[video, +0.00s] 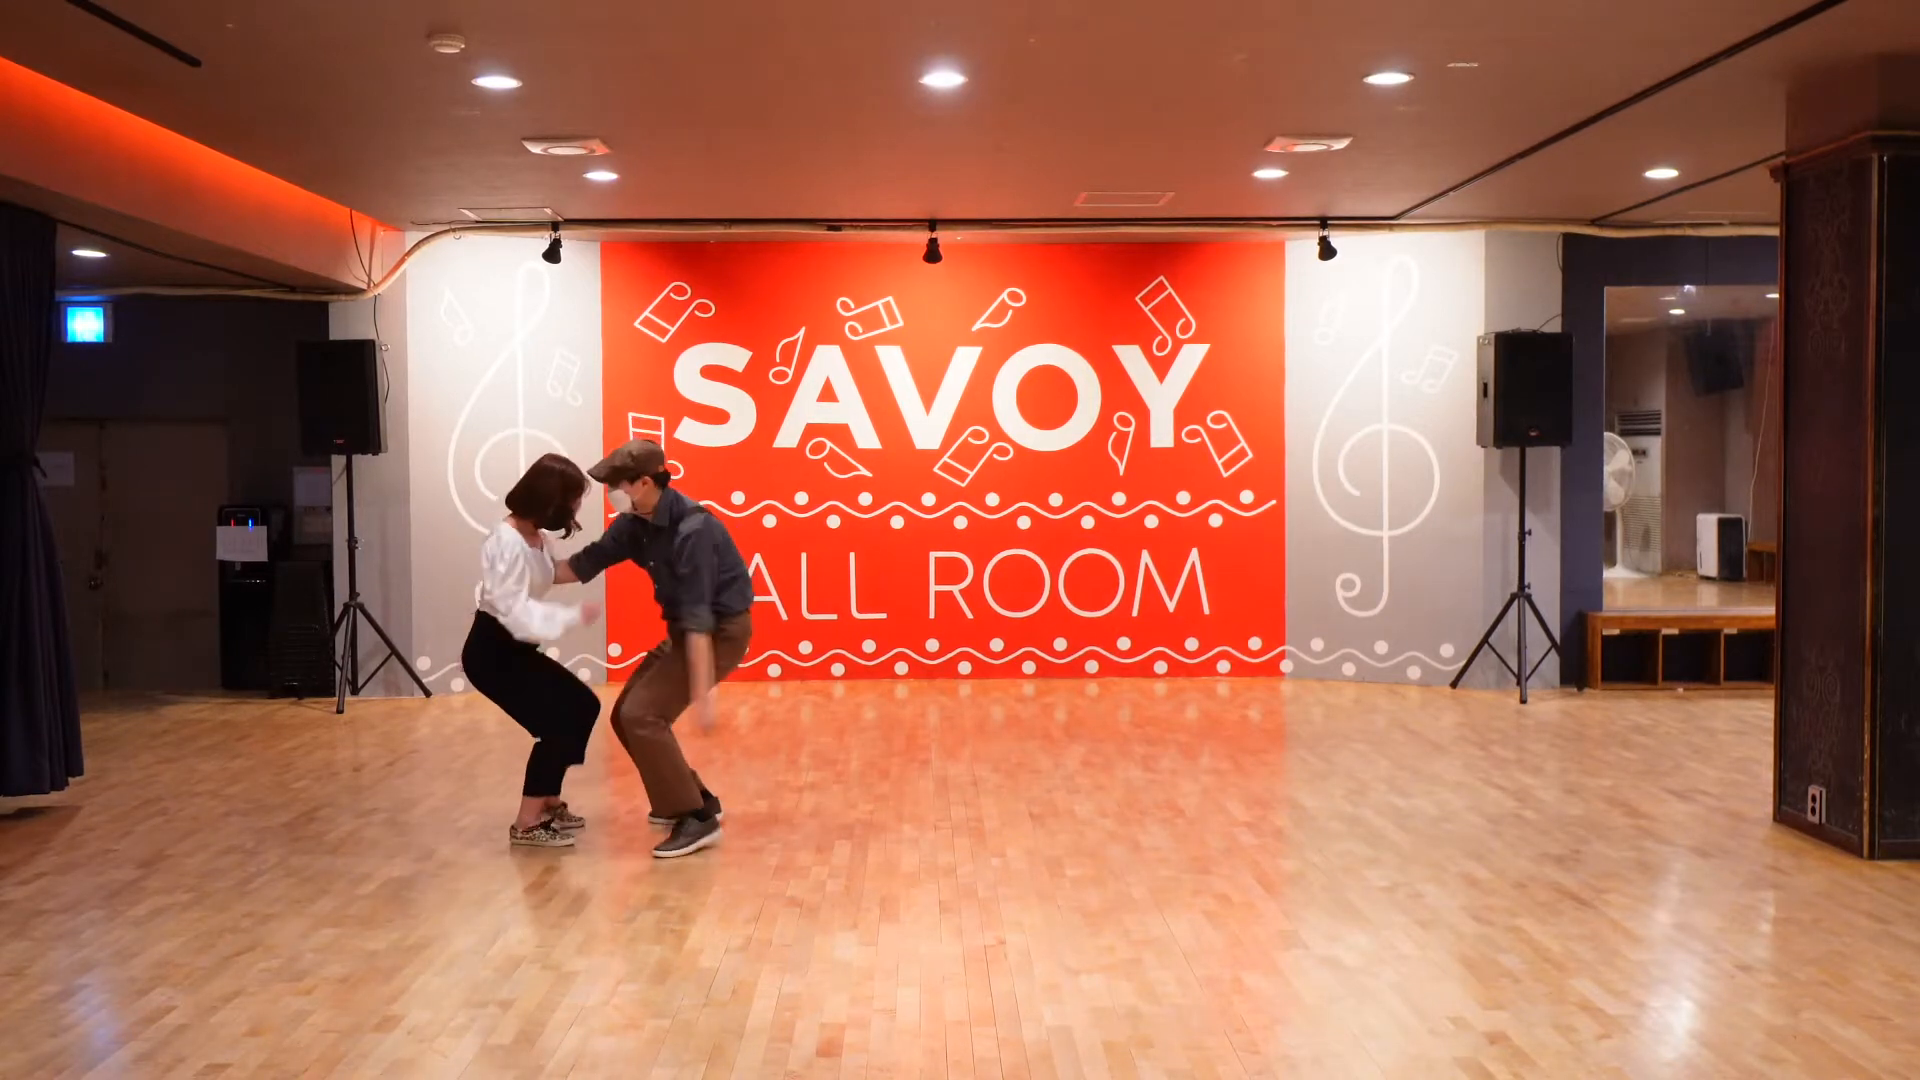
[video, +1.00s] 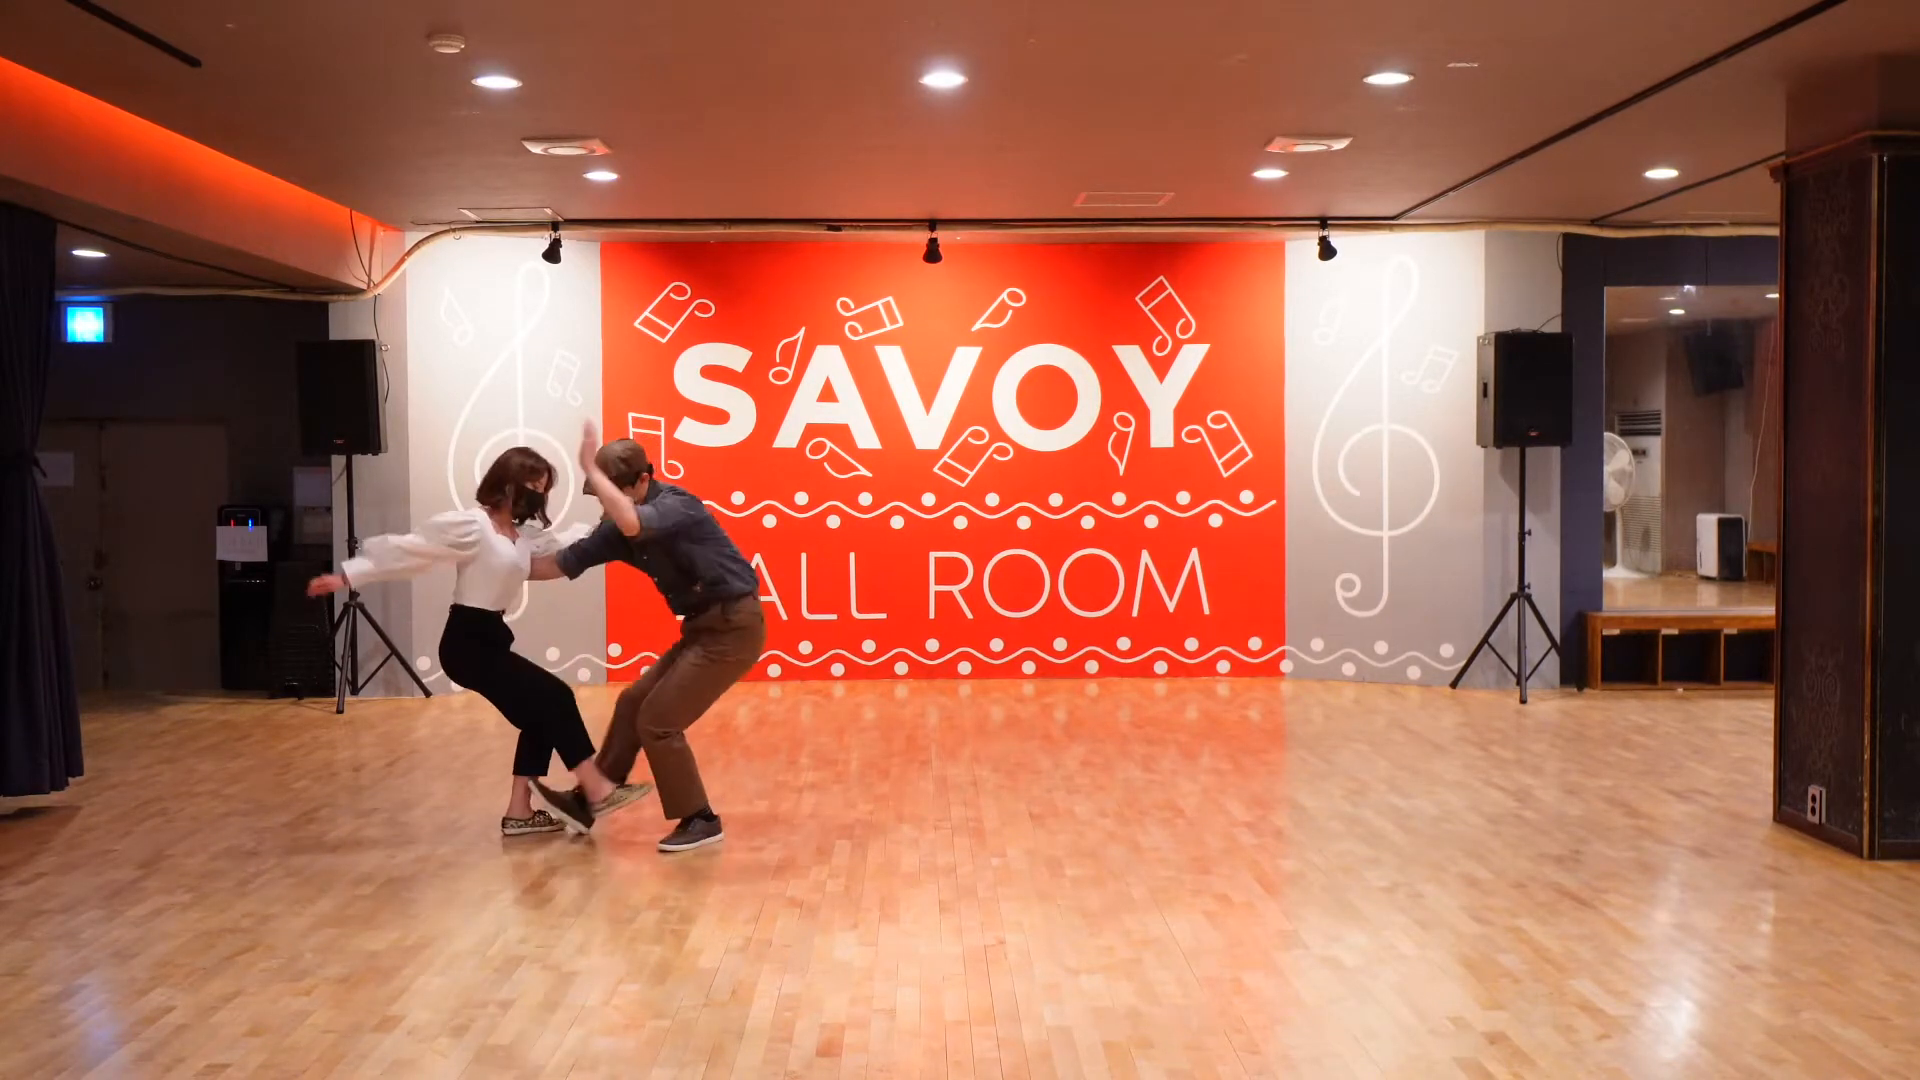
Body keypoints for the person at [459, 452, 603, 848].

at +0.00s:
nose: (579, 508)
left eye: (580, 500)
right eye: (576, 500)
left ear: (543, 499)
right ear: (555, 503)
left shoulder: (538, 541)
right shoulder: (507, 544)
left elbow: (561, 573)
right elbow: (513, 612)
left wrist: (609, 547)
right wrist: (574, 615)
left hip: (513, 647)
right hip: (490, 654)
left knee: (583, 704)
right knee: (559, 717)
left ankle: (547, 802)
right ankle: (527, 822)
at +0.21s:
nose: (566, 519)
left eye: (570, 510)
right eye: (566, 511)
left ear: (520, 490)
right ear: (555, 514)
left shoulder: (496, 531)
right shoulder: (516, 549)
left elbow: (459, 545)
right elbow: (562, 570)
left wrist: (417, 557)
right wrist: (602, 526)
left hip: (497, 646)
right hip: (488, 656)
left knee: (568, 703)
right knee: (555, 723)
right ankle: (527, 823)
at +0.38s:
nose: (565, 515)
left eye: (566, 506)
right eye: (563, 507)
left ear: (520, 492)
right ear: (548, 508)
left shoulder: (504, 531)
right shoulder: (511, 548)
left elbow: (460, 545)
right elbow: (555, 591)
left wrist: (423, 558)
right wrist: (613, 572)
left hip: (500, 642)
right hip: (479, 653)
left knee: (571, 685)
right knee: (546, 719)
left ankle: (592, 779)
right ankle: (526, 822)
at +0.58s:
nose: (562, 499)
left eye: (562, 492)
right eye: (557, 491)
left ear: (523, 491)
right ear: (537, 493)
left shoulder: (519, 538)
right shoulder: (501, 547)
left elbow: (523, 585)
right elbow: (495, 620)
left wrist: (554, 574)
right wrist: (481, 682)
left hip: (503, 648)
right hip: (489, 654)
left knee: (552, 721)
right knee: (557, 724)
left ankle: (524, 813)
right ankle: (528, 820)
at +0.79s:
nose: (548, 502)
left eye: (552, 496)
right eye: (543, 493)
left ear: (542, 496)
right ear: (520, 488)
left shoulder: (523, 542)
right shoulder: (478, 527)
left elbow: (562, 584)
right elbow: (417, 562)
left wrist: (616, 575)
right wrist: (355, 593)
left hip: (495, 647)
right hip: (472, 649)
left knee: (545, 715)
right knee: (560, 700)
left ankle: (520, 812)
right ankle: (604, 792)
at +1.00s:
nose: (540, 495)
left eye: (543, 487)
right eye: (535, 485)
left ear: (534, 489)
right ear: (512, 482)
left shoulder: (524, 535)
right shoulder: (472, 527)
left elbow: (572, 548)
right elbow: (408, 551)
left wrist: (617, 520)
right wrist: (345, 577)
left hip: (490, 643)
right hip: (465, 646)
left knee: (538, 714)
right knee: (556, 694)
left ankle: (519, 811)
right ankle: (598, 787)